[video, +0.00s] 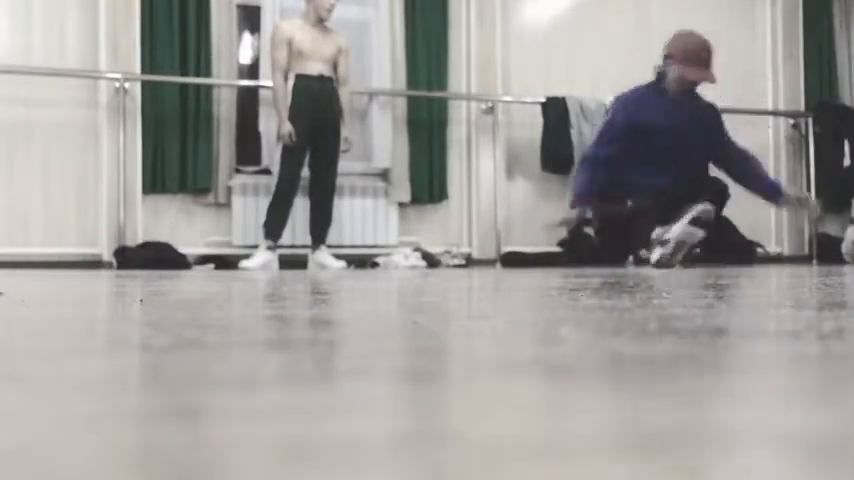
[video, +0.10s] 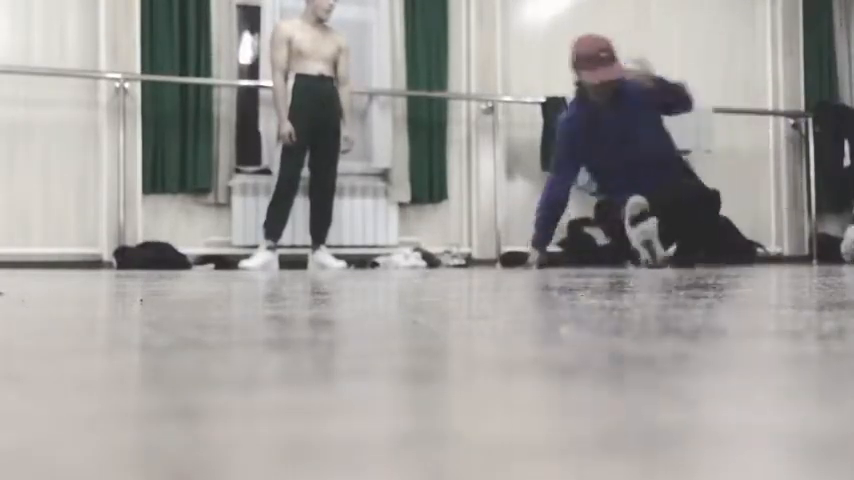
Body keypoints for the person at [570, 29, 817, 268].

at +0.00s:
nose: (695, 83)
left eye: (699, 76)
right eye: (690, 74)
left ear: (702, 73)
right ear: (669, 64)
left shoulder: (703, 115)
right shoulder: (631, 104)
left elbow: (735, 161)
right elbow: (597, 156)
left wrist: (780, 196)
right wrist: (582, 203)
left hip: (674, 207)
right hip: (622, 206)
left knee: (715, 187)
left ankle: (670, 243)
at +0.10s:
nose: (605, 87)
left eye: (610, 79)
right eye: (597, 81)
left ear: (617, 71)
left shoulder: (637, 93)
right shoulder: (574, 122)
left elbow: (683, 103)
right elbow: (559, 184)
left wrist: (652, 83)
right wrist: (539, 244)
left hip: (676, 187)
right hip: (626, 201)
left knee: (742, 252)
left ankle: (677, 250)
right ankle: (648, 245)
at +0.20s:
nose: (552, 75)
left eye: (546, 71)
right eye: (554, 68)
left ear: (535, 78)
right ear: (571, 62)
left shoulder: (542, 125)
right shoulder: (602, 80)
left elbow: (538, 191)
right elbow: (582, 89)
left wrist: (536, 249)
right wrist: (541, 90)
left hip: (617, 195)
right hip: (660, 166)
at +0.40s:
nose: (529, 88)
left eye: (534, 78)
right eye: (521, 83)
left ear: (547, 63)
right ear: (511, 79)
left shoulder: (575, 74)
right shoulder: (521, 122)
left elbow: (609, 90)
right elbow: (526, 184)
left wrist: (555, 96)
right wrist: (533, 225)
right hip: (564, 203)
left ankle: (610, 245)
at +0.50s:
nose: (535, 83)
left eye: (540, 75)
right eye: (527, 77)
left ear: (554, 62)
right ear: (517, 75)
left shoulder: (586, 87)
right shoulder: (522, 118)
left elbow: (638, 127)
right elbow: (524, 183)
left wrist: (622, 152)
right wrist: (523, 239)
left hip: (610, 196)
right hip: (556, 199)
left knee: (563, 179)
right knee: (514, 208)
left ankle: (479, 242)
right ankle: (474, 239)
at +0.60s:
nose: (557, 69)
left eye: (566, 60)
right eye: (549, 62)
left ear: (582, 60)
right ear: (539, 65)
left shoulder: (607, 102)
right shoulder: (531, 111)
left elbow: (646, 163)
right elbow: (519, 174)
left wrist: (676, 228)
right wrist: (514, 238)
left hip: (588, 211)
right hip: (540, 207)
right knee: (490, 210)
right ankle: (422, 242)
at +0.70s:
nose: (607, 57)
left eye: (615, 48)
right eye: (597, 47)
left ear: (626, 55)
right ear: (579, 54)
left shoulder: (635, 109)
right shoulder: (553, 98)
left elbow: (652, 183)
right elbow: (508, 155)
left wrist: (668, 253)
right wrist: (472, 209)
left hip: (590, 218)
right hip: (539, 203)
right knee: (493, 211)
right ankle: (416, 243)